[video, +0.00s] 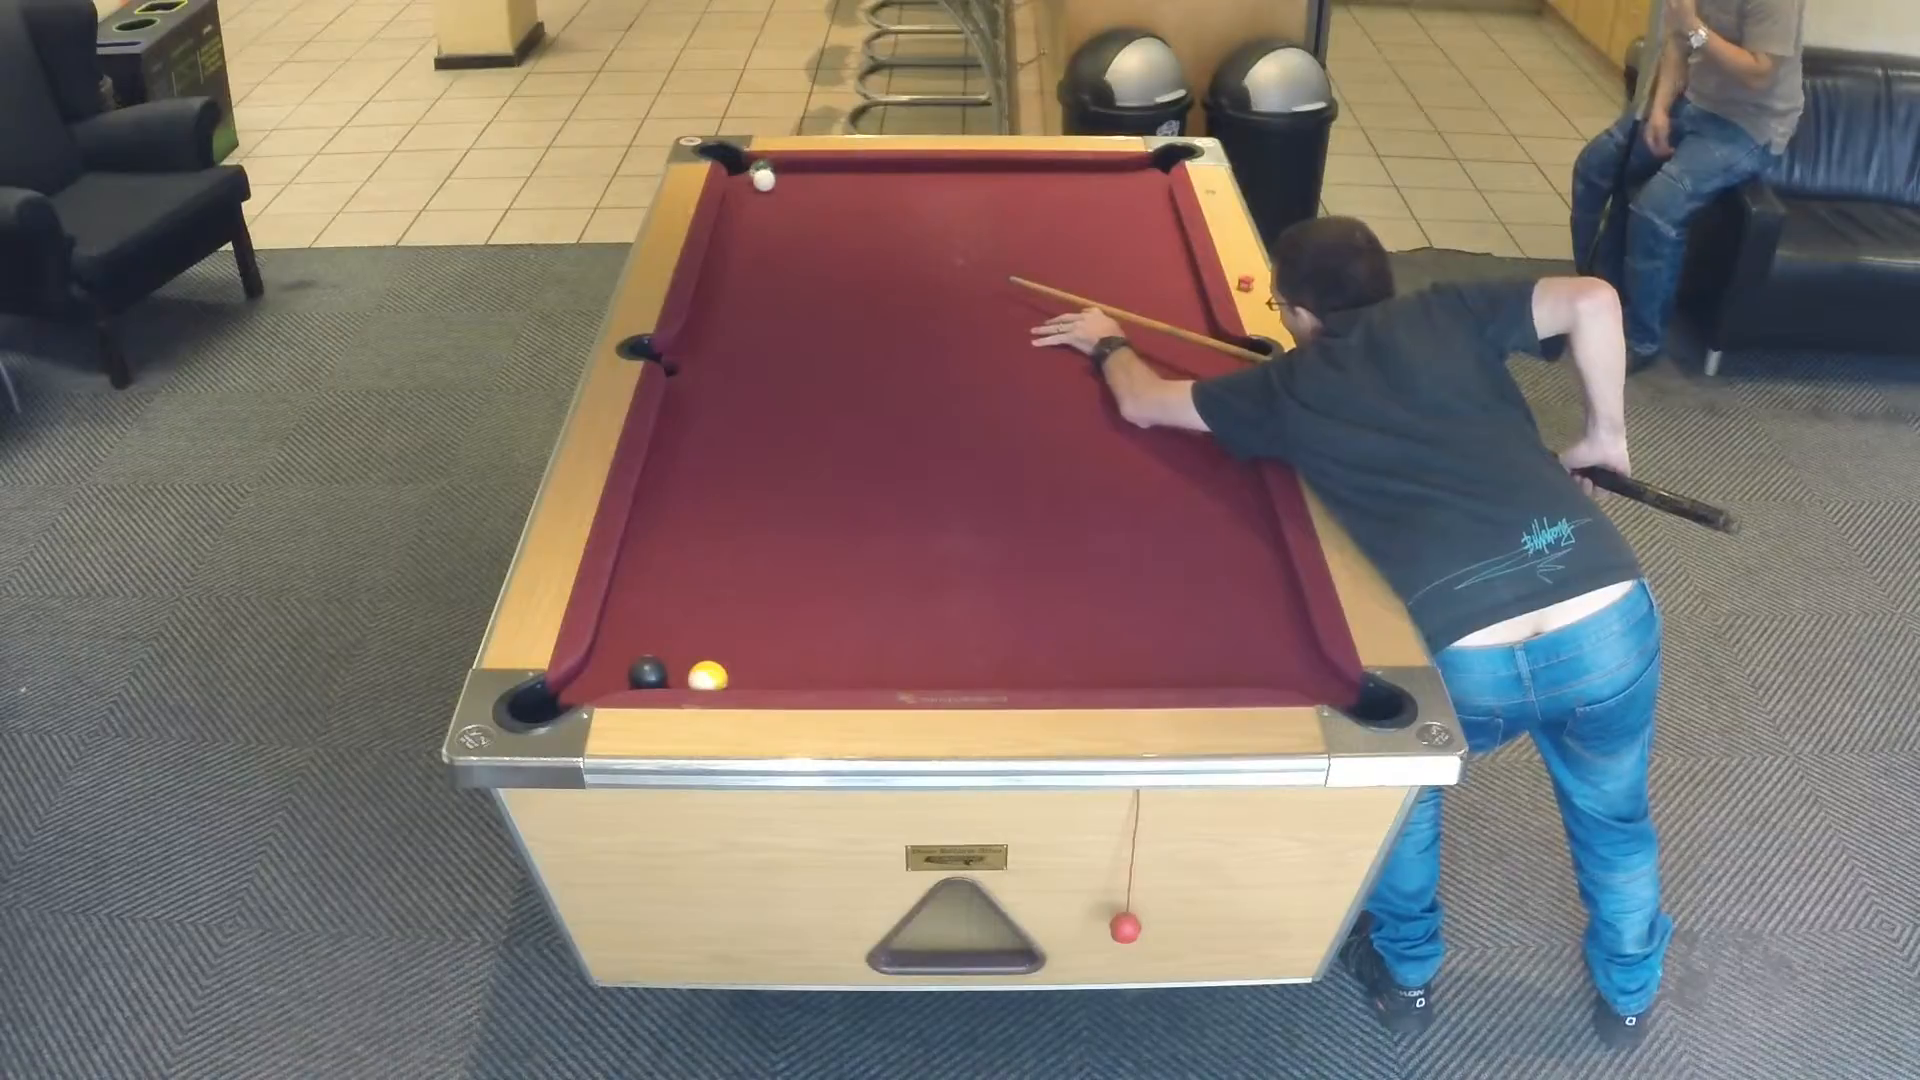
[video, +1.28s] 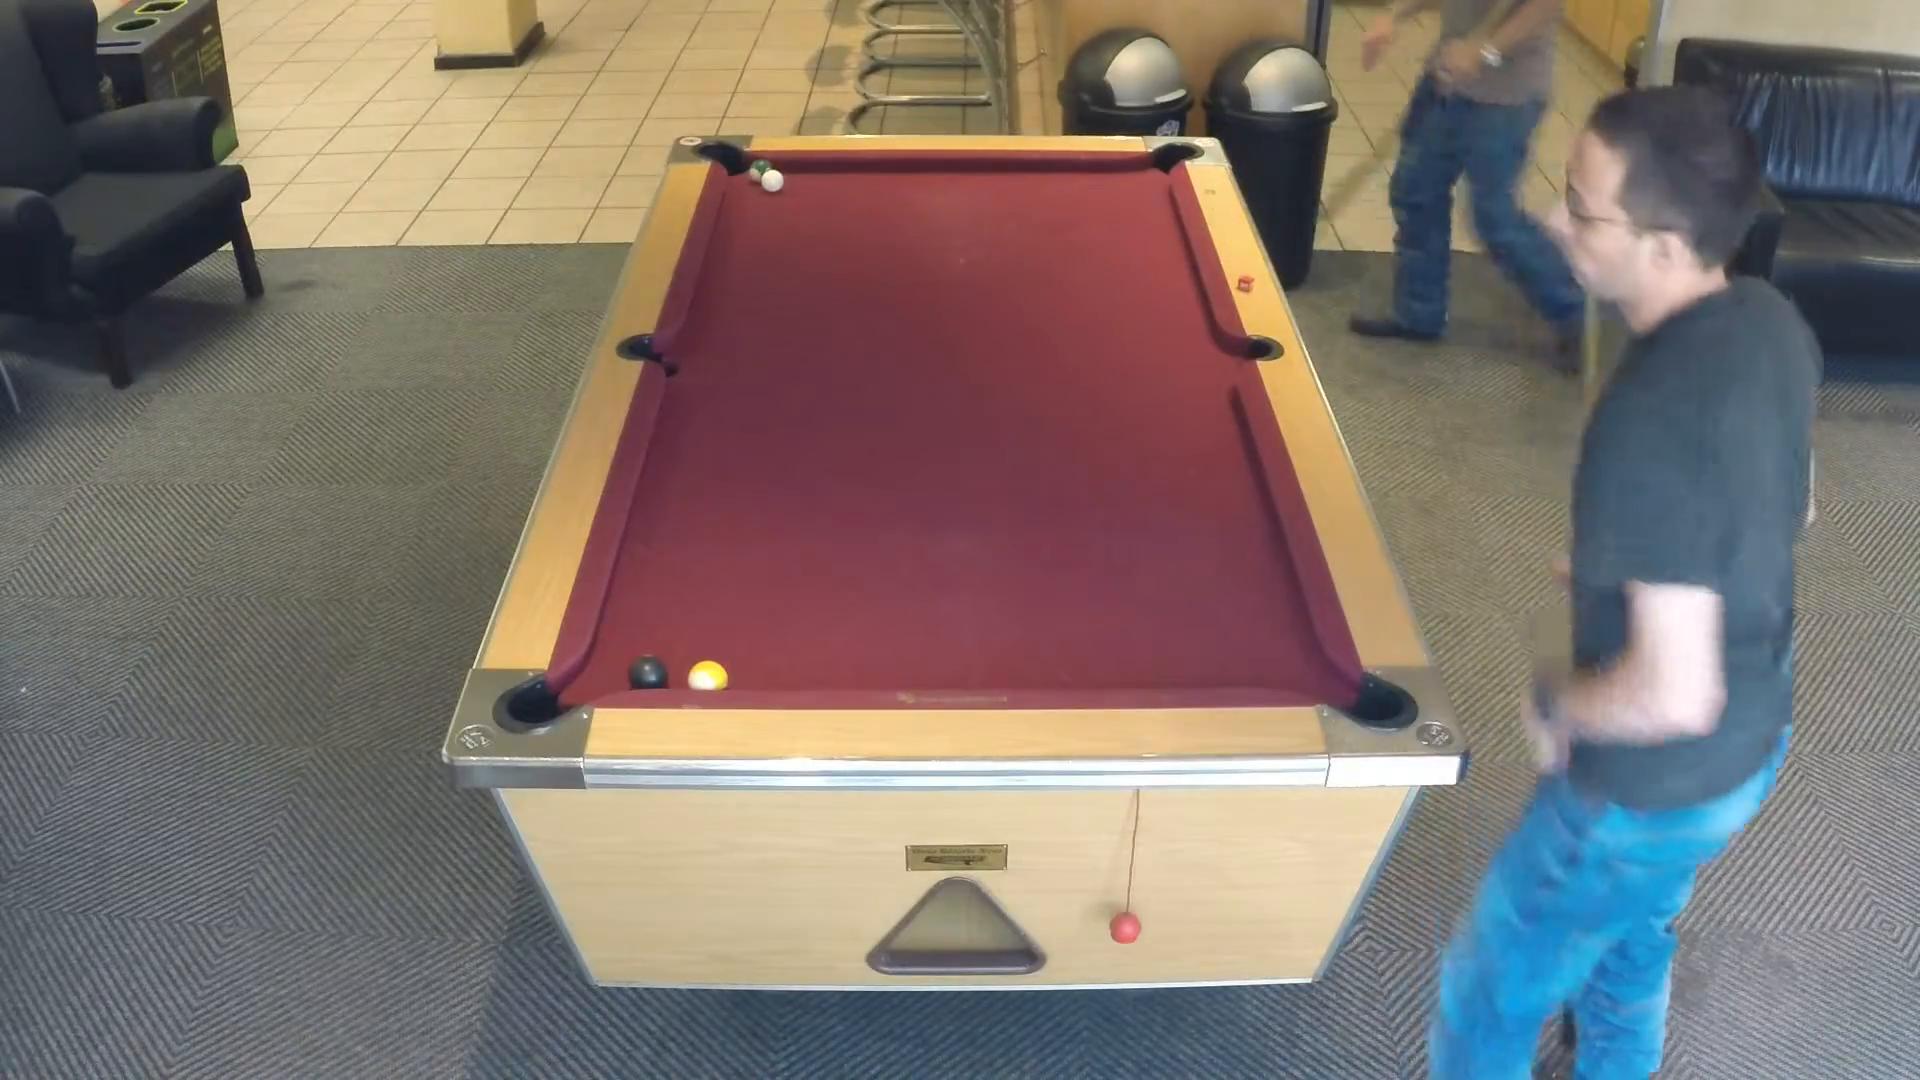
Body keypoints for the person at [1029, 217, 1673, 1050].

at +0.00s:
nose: (1282, 310)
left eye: (1284, 299)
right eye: (1281, 298)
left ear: (1300, 314)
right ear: (1388, 287)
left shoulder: (1287, 387)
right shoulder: (1452, 313)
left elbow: (1143, 398)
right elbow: (1591, 299)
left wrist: (1106, 342)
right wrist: (1607, 430)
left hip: (1470, 659)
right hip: (1607, 622)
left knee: (1396, 764)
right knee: (1616, 818)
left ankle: (1407, 966)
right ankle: (1630, 989)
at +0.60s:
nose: (1341, 189)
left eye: (1346, 175)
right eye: (1346, 171)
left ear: (1370, 194)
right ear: (1463, 180)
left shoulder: (1343, 300)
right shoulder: (1550, 251)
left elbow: (1277, 466)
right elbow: (1702, 385)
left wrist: (1247, 378)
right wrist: (1604, 446)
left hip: (1508, 640)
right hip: (1652, 621)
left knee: (1424, 780)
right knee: (1610, 831)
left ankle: (1404, 966)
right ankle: (1605, 1019)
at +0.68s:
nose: (1370, 167)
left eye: (1376, 154)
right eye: (1374, 150)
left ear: (1398, 176)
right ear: (1494, 163)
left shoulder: (1365, 295)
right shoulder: (1584, 245)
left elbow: (1341, 493)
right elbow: (1719, 394)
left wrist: (1374, 413)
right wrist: (1611, 453)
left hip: (1519, 637)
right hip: (1662, 621)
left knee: (1436, 792)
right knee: (1606, 841)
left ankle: (1403, 973)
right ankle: (1602, 1042)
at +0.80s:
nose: (1419, 149)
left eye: (1430, 138)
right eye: (1426, 132)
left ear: (1464, 166)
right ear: (1548, 147)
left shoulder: (1420, 297)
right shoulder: (1636, 248)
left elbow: (1416, 510)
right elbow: (1743, 423)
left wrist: (1503, 473)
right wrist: (1638, 464)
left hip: (1546, 661)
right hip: (1684, 639)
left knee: (1450, 817)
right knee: (1606, 859)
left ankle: (1402, 969)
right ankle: (1613, 1060)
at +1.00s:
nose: (1504, 176)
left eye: (1521, 161)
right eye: (1510, 155)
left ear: (1582, 182)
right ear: (1638, 176)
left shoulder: (1556, 340)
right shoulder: (1737, 285)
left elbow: (1503, 578)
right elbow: (1753, 454)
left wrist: (1470, 497)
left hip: (1597, 728)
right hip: (1723, 706)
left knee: (1473, 865)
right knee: (1622, 911)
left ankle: (1404, 985)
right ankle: (1612, 1066)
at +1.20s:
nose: (1551, 202)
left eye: (1577, 192)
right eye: (1561, 180)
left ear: (1656, 227)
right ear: (1676, 227)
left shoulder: (1635, 393)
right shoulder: (1771, 312)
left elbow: (1632, 661)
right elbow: (1757, 510)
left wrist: (1539, 622)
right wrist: (1611, 589)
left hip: (1634, 773)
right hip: (1741, 724)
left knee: (1477, 967)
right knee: (1629, 946)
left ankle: (1454, 1069)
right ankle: (1615, 1068)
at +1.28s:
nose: (1556, 222)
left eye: (1581, 213)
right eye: (1566, 200)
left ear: (1664, 247)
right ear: (1686, 249)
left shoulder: (1648, 422)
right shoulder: (1769, 321)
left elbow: (1677, 694)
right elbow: (1792, 511)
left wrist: (1560, 704)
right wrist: (1620, 561)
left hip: (1640, 793)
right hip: (1738, 750)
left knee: (1486, 993)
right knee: (1628, 960)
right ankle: (1614, 1067)